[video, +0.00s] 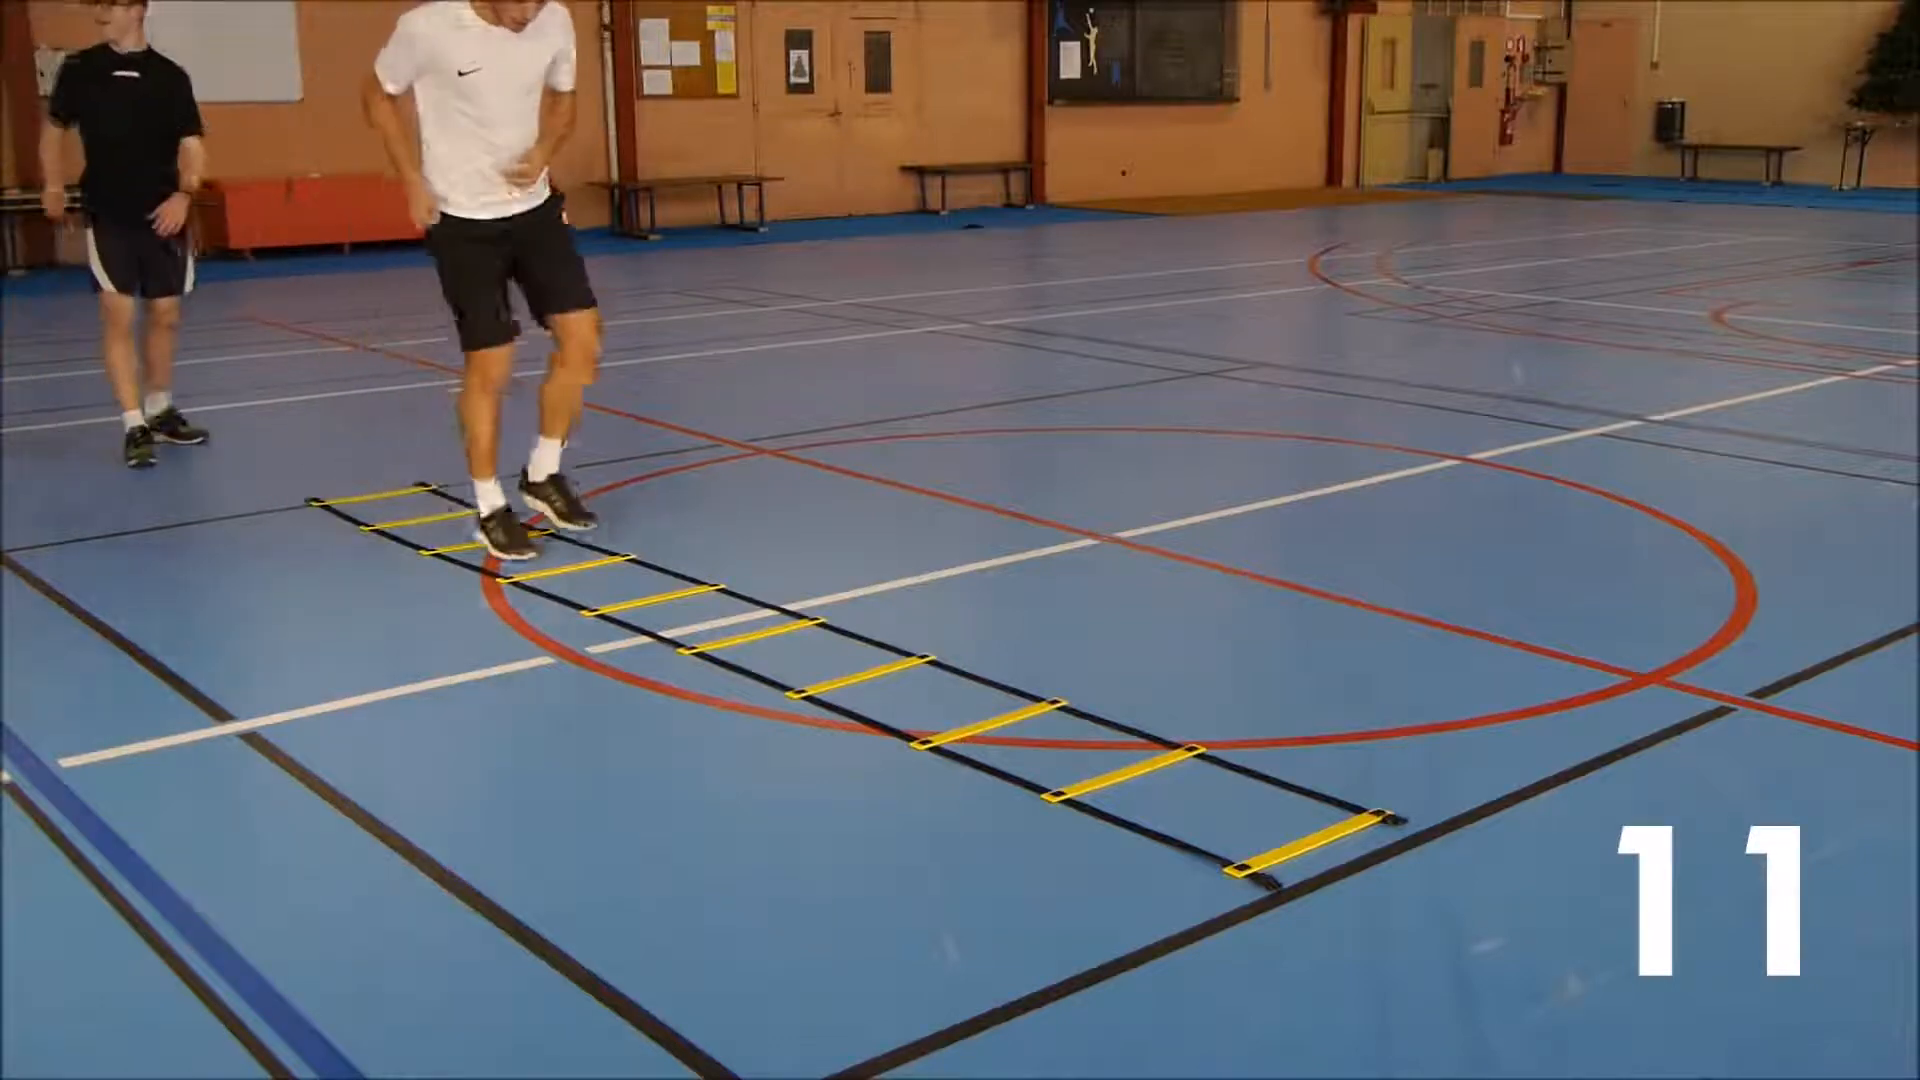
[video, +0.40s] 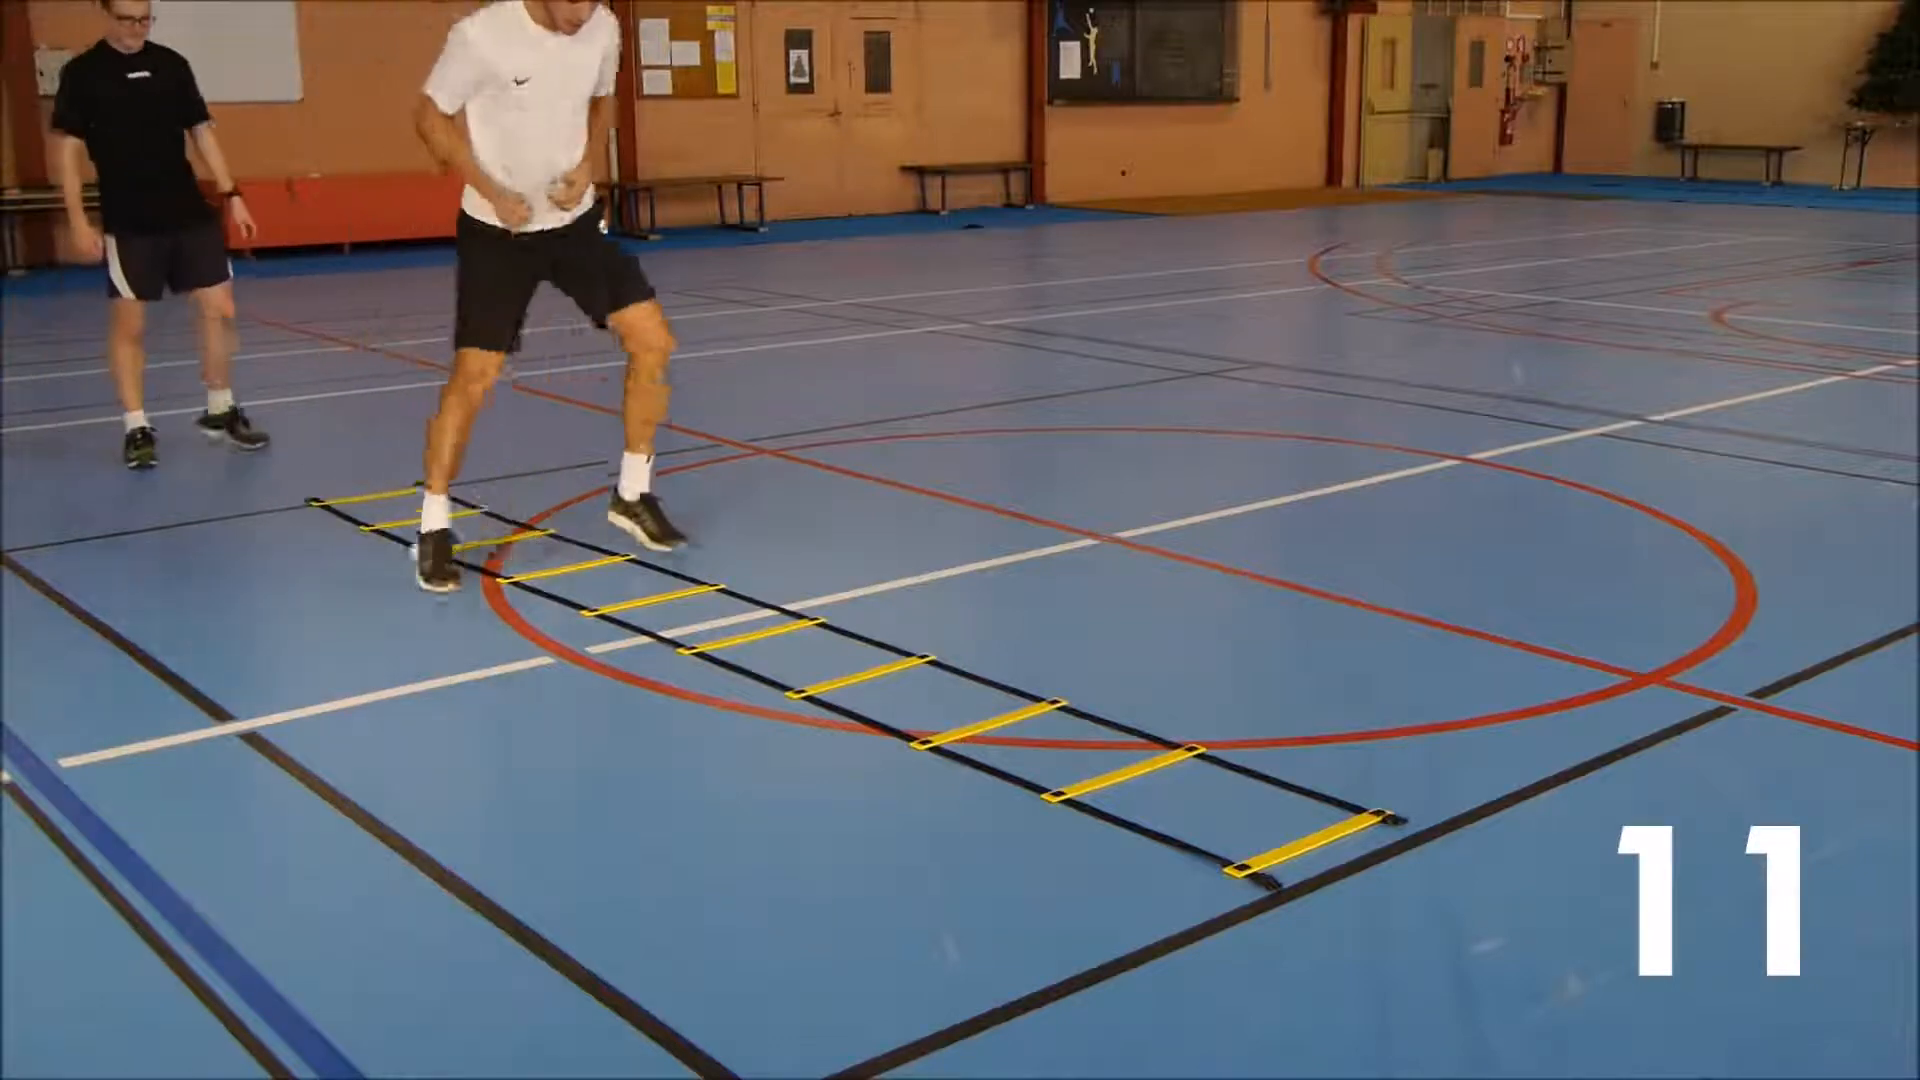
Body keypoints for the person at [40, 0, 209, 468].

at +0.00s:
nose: (100, 13)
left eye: (111, 5)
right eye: (98, 5)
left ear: (139, 11)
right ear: (96, 11)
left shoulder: (171, 76)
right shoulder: (79, 69)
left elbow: (191, 144)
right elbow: (54, 129)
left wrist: (184, 196)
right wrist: (54, 184)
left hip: (163, 210)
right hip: (108, 211)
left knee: (167, 315)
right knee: (119, 315)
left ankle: (160, 410)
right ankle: (134, 425)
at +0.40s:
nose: (138, 28)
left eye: (145, 18)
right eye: (127, 19)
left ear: (153, 14)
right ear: (105, 15)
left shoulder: (172, 64)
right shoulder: (82, 74)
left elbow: (203, 133)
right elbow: (67, 149)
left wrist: (232, 197)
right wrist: (78, 222)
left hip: (189, 212)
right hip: (128, 220)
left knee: (220, 309)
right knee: (130, 326)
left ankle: (220, 410)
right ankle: (137, 427)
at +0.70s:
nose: (197, 33)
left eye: (204, 24)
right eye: (187, 23)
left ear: (211, 21)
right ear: (164, 18)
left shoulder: (222, 73)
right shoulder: (134, 72)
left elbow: (242, 145)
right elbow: (112, 146)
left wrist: (262, 209)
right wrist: (120, 213)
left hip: (223, 219)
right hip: (164, 224)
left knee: (240, 319)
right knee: (153, 327)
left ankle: (260, 425)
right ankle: (141, 428)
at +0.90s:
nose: (236, 29)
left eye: (243, 20)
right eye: (226, 19)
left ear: (251, 20)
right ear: (206, 17)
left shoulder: (261, 77)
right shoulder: (168, 67)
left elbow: (276, 152)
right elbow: (144, 137)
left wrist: (288, 218)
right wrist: (151, 205)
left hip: (245, 219)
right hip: (188, 220)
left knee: (250, 321)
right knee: (181, 323)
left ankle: (260, 426)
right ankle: (161, 421)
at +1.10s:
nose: (201, 12)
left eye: (211, 4)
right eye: (201, 5)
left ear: (241, 9)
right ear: (204, 12)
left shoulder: (278, 73)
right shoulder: (182, 63)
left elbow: (301, 148)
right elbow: (163, 139)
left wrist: (307, 215)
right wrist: (172, 207)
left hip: (257, 218)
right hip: (199, 219)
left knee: (257, 323)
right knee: (208, 326)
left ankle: (261, 427)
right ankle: (218, 435)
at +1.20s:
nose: (185, 15)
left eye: (193, 7)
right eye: (183, 8)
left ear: (225, 7)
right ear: (192, 15)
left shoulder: (275, 72)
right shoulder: (178, 70)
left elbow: (301, 147)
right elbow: (165, 147)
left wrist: (311, 215)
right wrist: (176, 213)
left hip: (265, 221)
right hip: (206, 225)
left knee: (268, 325)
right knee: (223, 329)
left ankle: (265, 423)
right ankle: (240, 437)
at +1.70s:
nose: (178, 27)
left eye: (185, 16)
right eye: (174, 18)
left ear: (214, 10)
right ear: (180, 20)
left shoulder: (268, 65)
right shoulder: (171, 70)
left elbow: (294, 146)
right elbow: (161, 150)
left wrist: (280, 213)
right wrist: (147, 124)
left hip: (276, 215)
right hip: (216, 223)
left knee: (315, 326)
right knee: (227, 333)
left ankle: (341, 432)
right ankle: (242, 439)